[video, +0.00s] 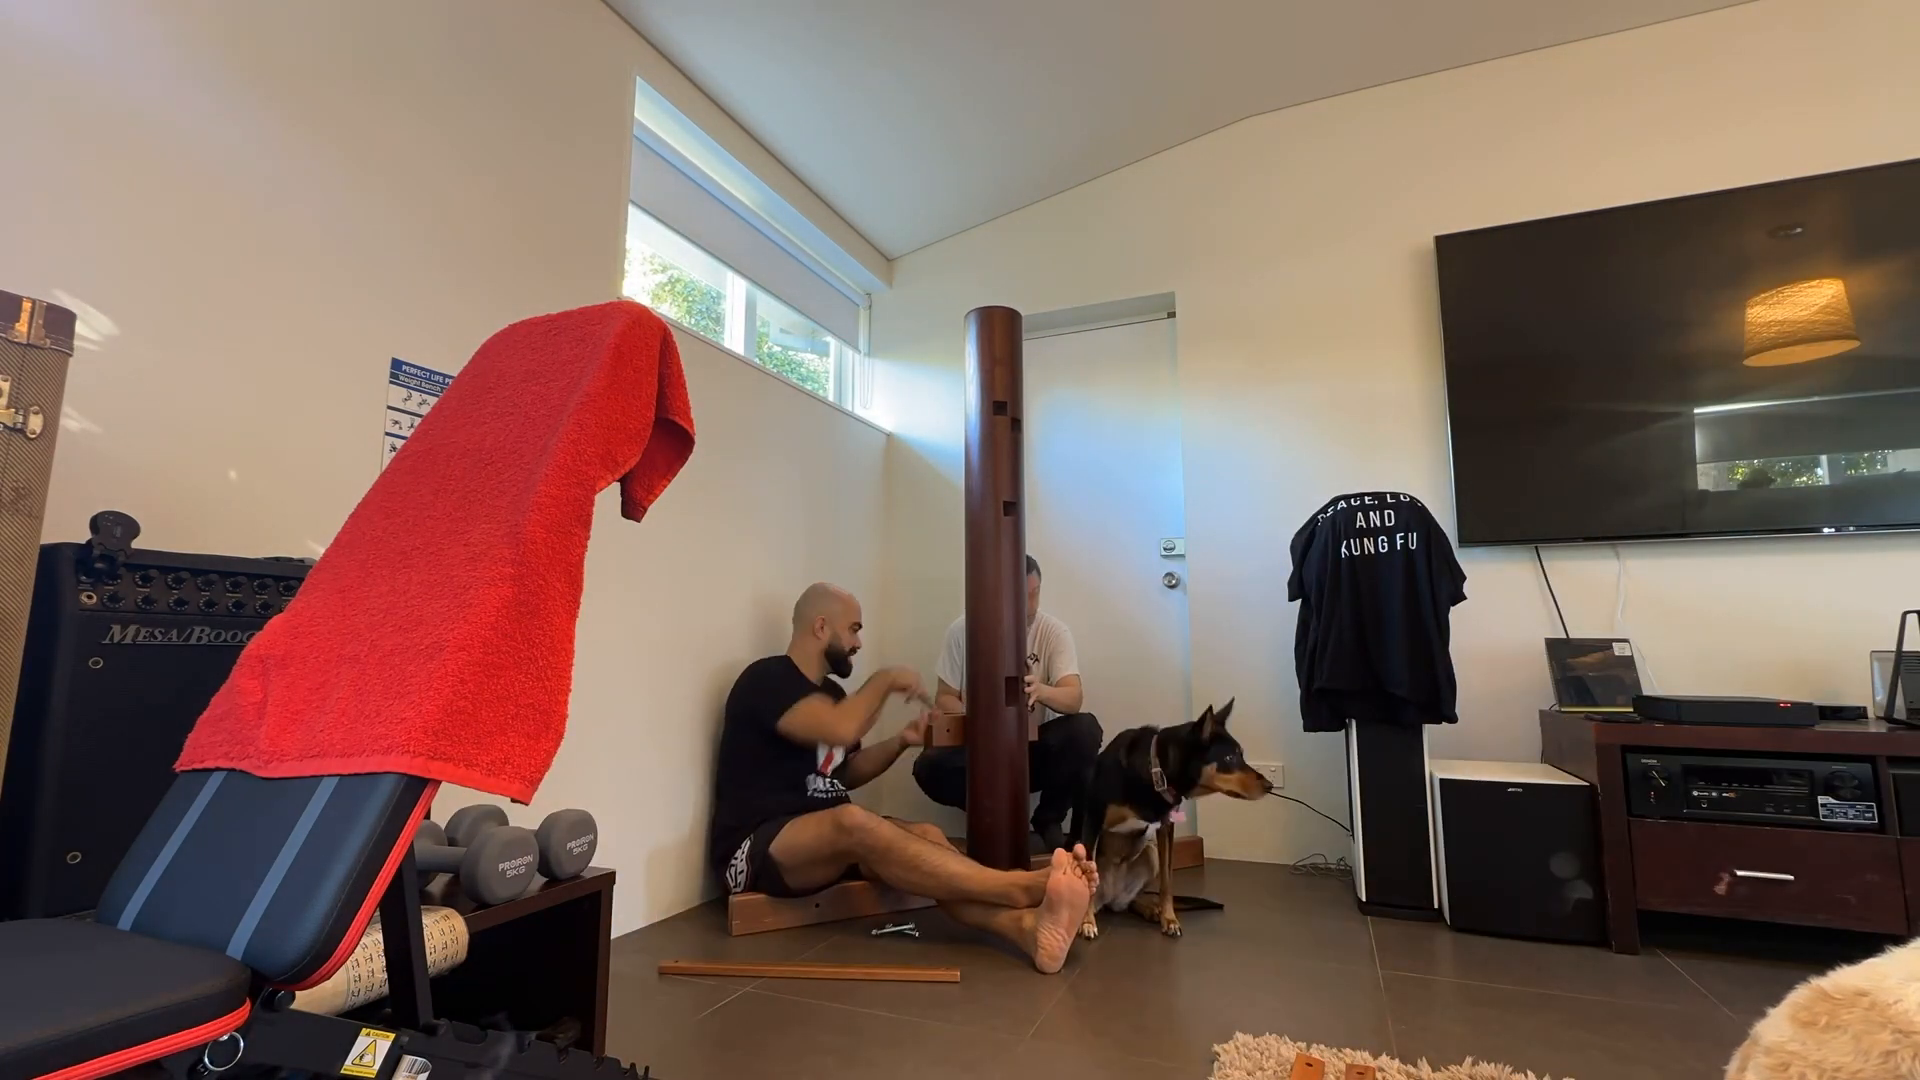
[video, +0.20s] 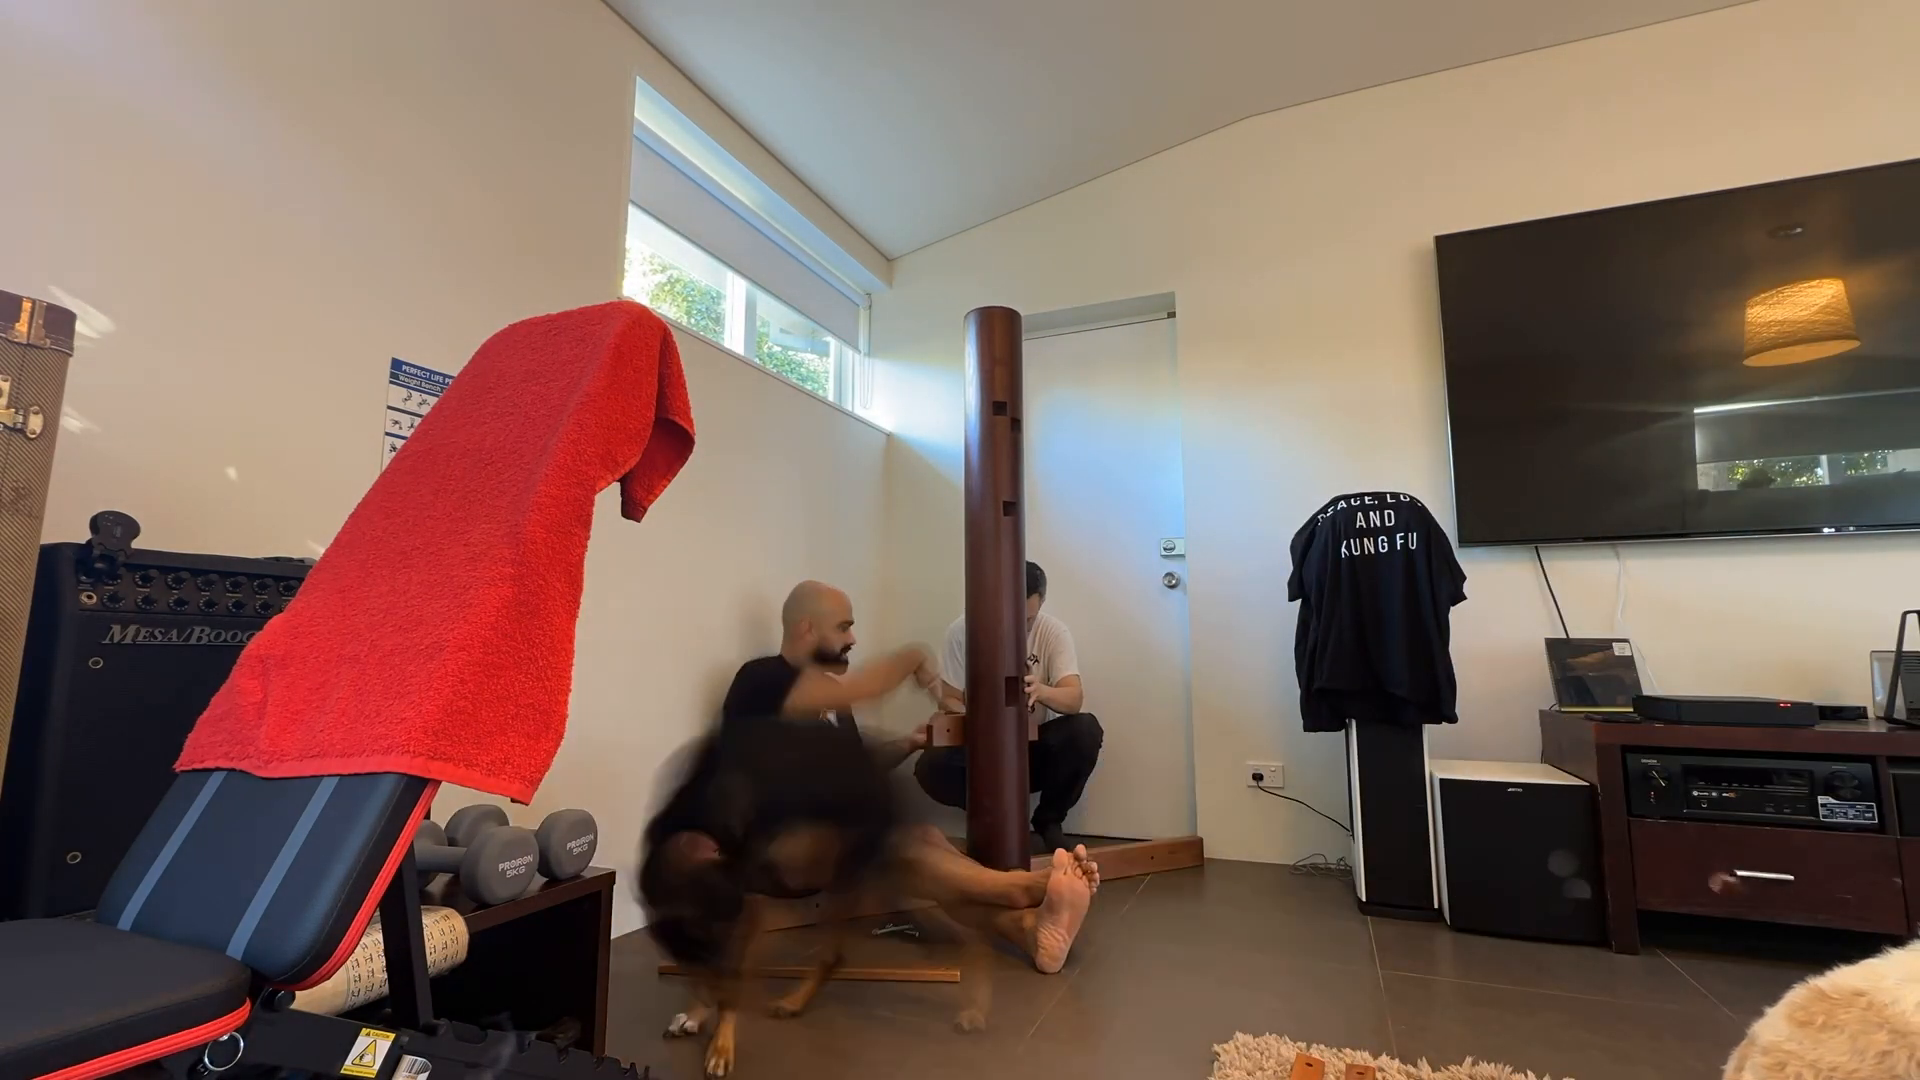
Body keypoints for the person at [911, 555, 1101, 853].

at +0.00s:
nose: (1023, 605)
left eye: (1030, 595)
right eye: (1016, 595)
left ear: (1039, 592)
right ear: (997, 592)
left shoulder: (1052, 632)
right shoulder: (963, 632)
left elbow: (1072, 699)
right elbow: (945, 698)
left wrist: (1042, 691)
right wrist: (976, 716)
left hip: (1033, 748)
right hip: (980, 750)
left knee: (1083, 728)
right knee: (930, 766)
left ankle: (1049, 819)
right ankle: (998, 817)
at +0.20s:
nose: (1021, 625)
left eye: (1028, 617)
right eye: (1013, 616)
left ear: (1040, 602)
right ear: (994, 603)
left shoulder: (1052, 632)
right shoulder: (963, 632)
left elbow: (1073, 700)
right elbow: (950, 698)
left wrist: (1041, 691)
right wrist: (982, 712)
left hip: (1033, 750)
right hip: (979, 752)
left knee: (1084, 729)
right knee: (932, 766)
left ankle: (1049, 820)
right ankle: (997, 815)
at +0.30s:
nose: (1023, 625)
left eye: (1031, 618)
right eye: (1015, 617)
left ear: (1042, 603)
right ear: (997, 606)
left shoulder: (1053, 632)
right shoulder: (963, 632)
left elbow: (1074, 701)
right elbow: (952, 702)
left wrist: (1042, 692)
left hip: (1034, 742)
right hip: (982, 745)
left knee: (1084, 728)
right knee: (934, 770)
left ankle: (1049, 818)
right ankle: (998, 814)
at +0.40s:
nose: (1021, 626)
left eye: (1029, 618)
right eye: (1013, 617)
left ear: (1042, 602)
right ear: (994, 605)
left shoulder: (1053, 633)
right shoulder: (964, 631)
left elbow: (1073, 701)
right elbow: (952, 698)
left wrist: (1041, 691)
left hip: (1032, 750)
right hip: (979, 753)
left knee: (1084, 729)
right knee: (933, 766)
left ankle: (1049, 821)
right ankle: (998, 816)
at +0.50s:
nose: (1012, 607)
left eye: (1019, 598)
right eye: (1003, 597)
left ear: (1032, 597)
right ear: (989, 596)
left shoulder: (1053, 634)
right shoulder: (965, 633)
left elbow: (1073, 700)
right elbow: (956, 709)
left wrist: (1041, 691)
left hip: (1032, 751)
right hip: (980, 752)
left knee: (1084, 728)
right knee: (934, 766)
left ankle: (1049, 820)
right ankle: (998, 814)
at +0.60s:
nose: (1013, 608)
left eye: (1020, 599)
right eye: (1003, 599)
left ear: (1031, 597)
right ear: (987, 598)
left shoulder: (1052, 633)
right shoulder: (963, 637)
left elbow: (1073, 701)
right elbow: (955, 716)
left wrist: (1041, 691)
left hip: (1033, 752)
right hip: (980, 756)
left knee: (1083, 729)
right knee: (943, 776)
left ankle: (1049, 820)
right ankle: (1000, 819)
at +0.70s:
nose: (1013, 608)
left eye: (1020, 598)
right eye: (1004, 599)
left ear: (1032, 597)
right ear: (988, 597)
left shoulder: (1052, 632)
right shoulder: (964, 634)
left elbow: (1073, 701)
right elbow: (951, 714)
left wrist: (1042, 691)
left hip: (1033, 751)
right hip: (981, 755)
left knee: (1083, 729)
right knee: (945, 777)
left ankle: (1049, 819)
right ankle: (1002, 820)